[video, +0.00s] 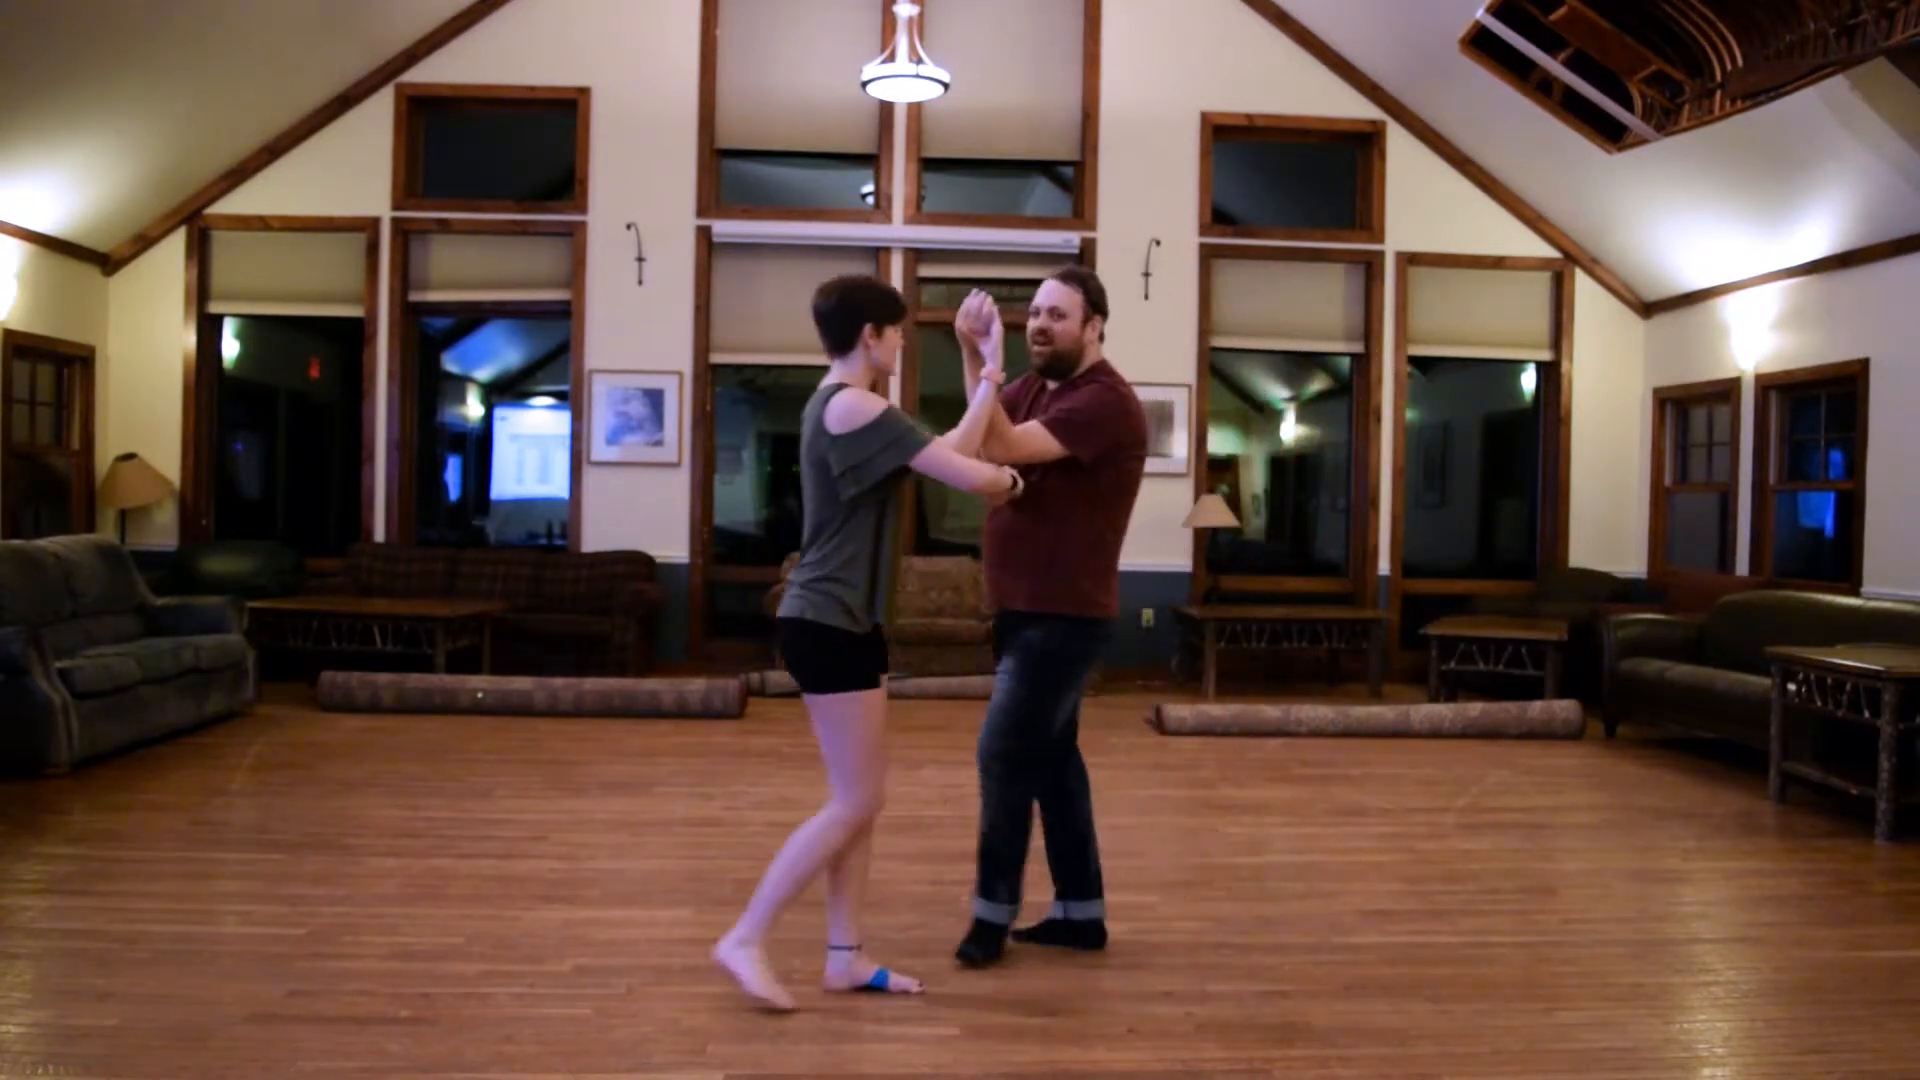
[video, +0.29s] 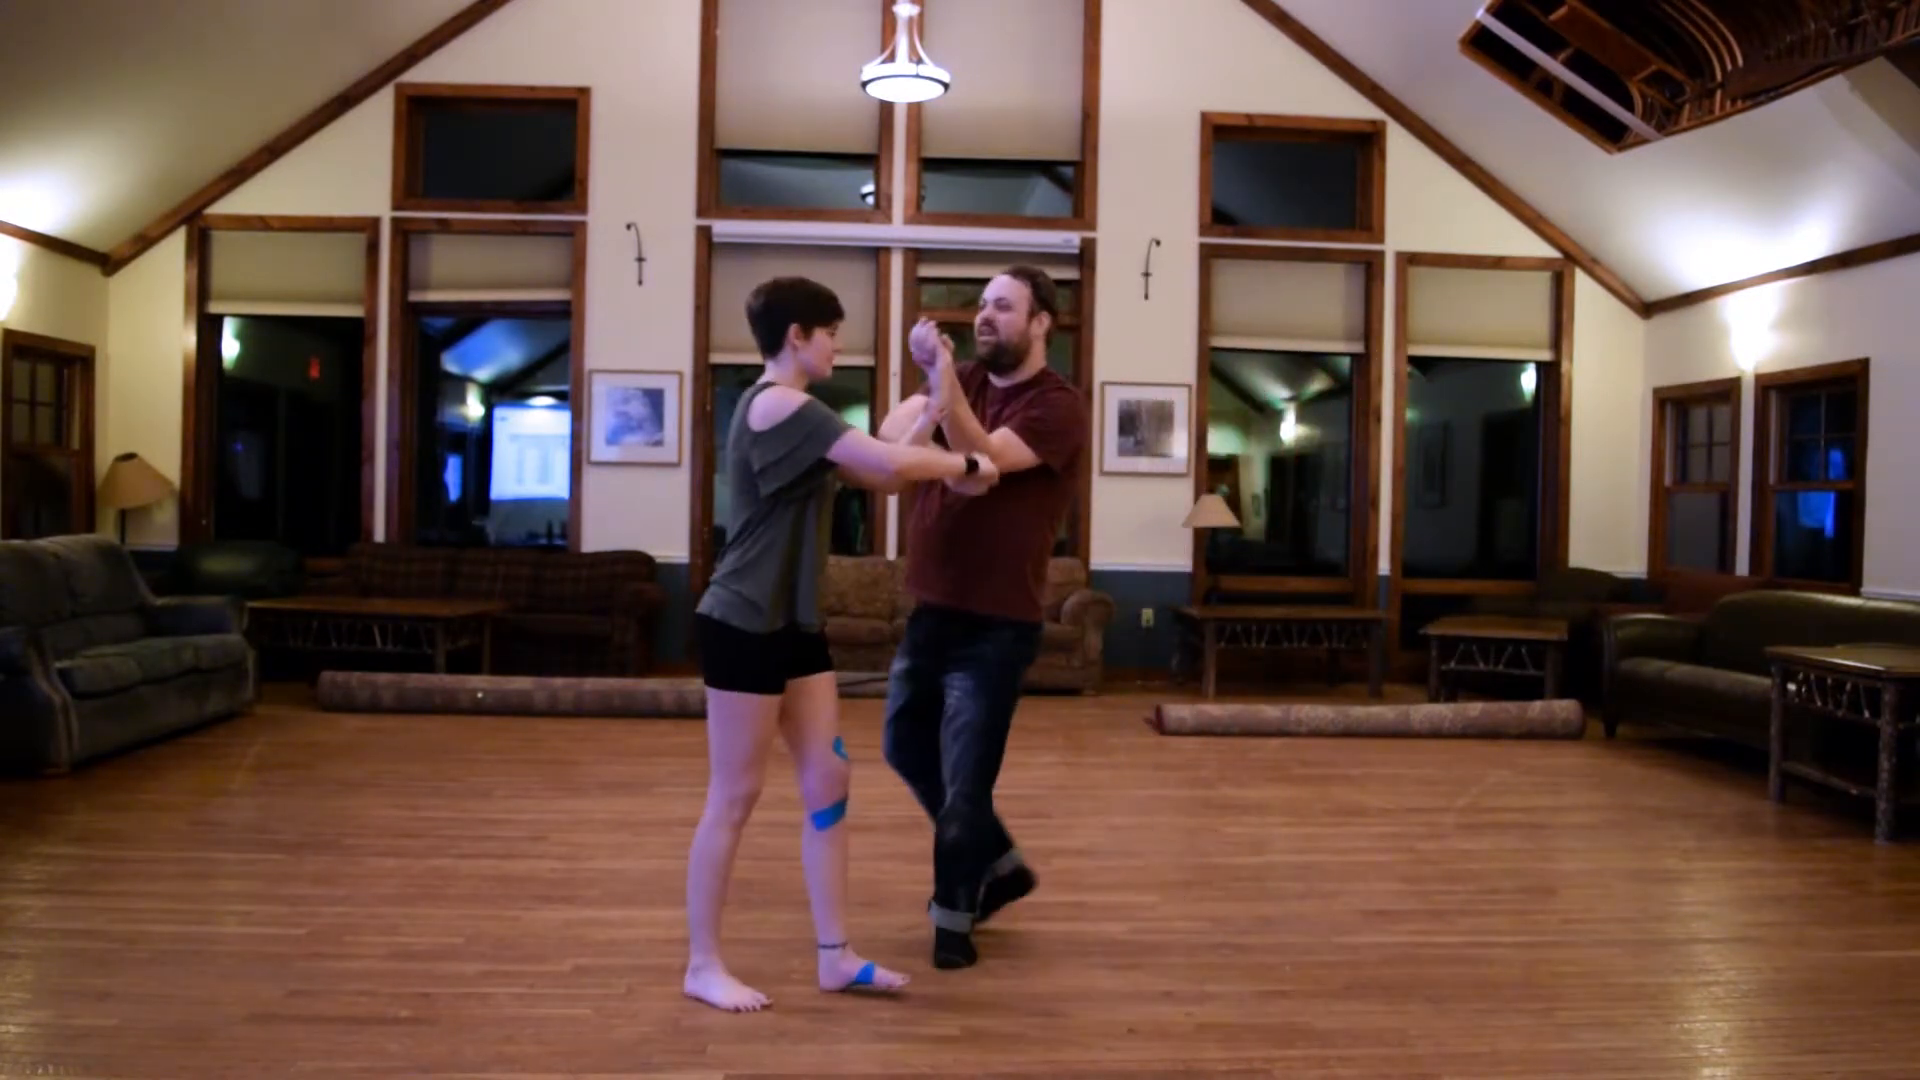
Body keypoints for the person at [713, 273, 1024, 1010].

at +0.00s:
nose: (903, 343)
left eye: (900, 331)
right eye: (898, 331)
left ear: (847, 338)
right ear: (872, 337)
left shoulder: (840, 402)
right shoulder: (856, 408)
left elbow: (937, 457)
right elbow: (977, 478)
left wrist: (985, 395)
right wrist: (1007, 481)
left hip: (839, 618)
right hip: (830, 621)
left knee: (861, 797)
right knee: (856, 800)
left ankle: (843, 956)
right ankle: (743, 939)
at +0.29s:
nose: (837, 349)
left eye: (837, 337)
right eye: (830, 336)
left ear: (789, 340)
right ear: (797, 338)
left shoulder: (788, 408)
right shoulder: (778, 407)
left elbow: (871, 474)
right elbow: (892, 464)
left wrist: (914, 428)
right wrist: (960, 464)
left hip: (796, 625)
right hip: (741, 625)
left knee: (826, 785)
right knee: (732, 796)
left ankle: (834, 956)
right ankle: (703, 966)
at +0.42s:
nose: (817, 352)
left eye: (820, 339)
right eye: (806, 338)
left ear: (806, 342)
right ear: (764, 337)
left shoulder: (803, 417)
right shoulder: (746, 402)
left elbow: (873, 468)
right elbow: (846, 409)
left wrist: (908, 379)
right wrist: (922, 394)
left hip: (794, 621)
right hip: (728, 620)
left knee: (807, 787)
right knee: (728, 795)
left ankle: (816, 956)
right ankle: (701, 965)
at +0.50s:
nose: (786, 354)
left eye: (792, 343)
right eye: (779, 343)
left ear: (778, 341)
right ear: (762, 342)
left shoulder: (810, 423)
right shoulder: (730, 403)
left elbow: (876, 439)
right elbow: (787, 353)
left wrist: (886, 360)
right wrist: (882, 329)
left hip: (796, 619)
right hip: (727, 616)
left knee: (793, 788)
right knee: (729, 794)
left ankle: (805, 960)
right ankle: (701, 965)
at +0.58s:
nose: (783, 357)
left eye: (797, 348)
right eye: (773, 345)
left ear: (811, 351)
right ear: (749, 341)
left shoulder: (819, 420)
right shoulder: (729, 405)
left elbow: (875, 395)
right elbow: (739, 299)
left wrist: (852, 297)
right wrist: (812, 266)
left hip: (802, 617)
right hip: (723, 611)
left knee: (801, 791)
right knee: (735, 795)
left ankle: (805, 964)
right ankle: (703, 964)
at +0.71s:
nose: (752, 368)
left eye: (763, 354)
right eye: (741, 358)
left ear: (796, 347)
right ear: (727, 356)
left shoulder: (823, 410)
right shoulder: (718, 398)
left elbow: (813, 317)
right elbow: (673, 274)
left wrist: (778, 237)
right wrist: (751, 217)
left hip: (798, 616)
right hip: (713, 610)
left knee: (792, 799)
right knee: (721, 801)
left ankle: (803, 963)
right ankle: (705, 963)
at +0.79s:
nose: (716, 362)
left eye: (727, 348)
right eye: (710, 351)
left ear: (766, 335)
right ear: (709, 347)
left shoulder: (806, 391)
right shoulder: (717, 386)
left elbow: (749, 287)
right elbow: (667, 293)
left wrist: (756, 247)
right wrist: (719, 225)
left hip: (784, 608)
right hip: (704, 599)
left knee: (773, 800)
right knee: (695, 796)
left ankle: (802, 963)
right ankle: (699, 961)